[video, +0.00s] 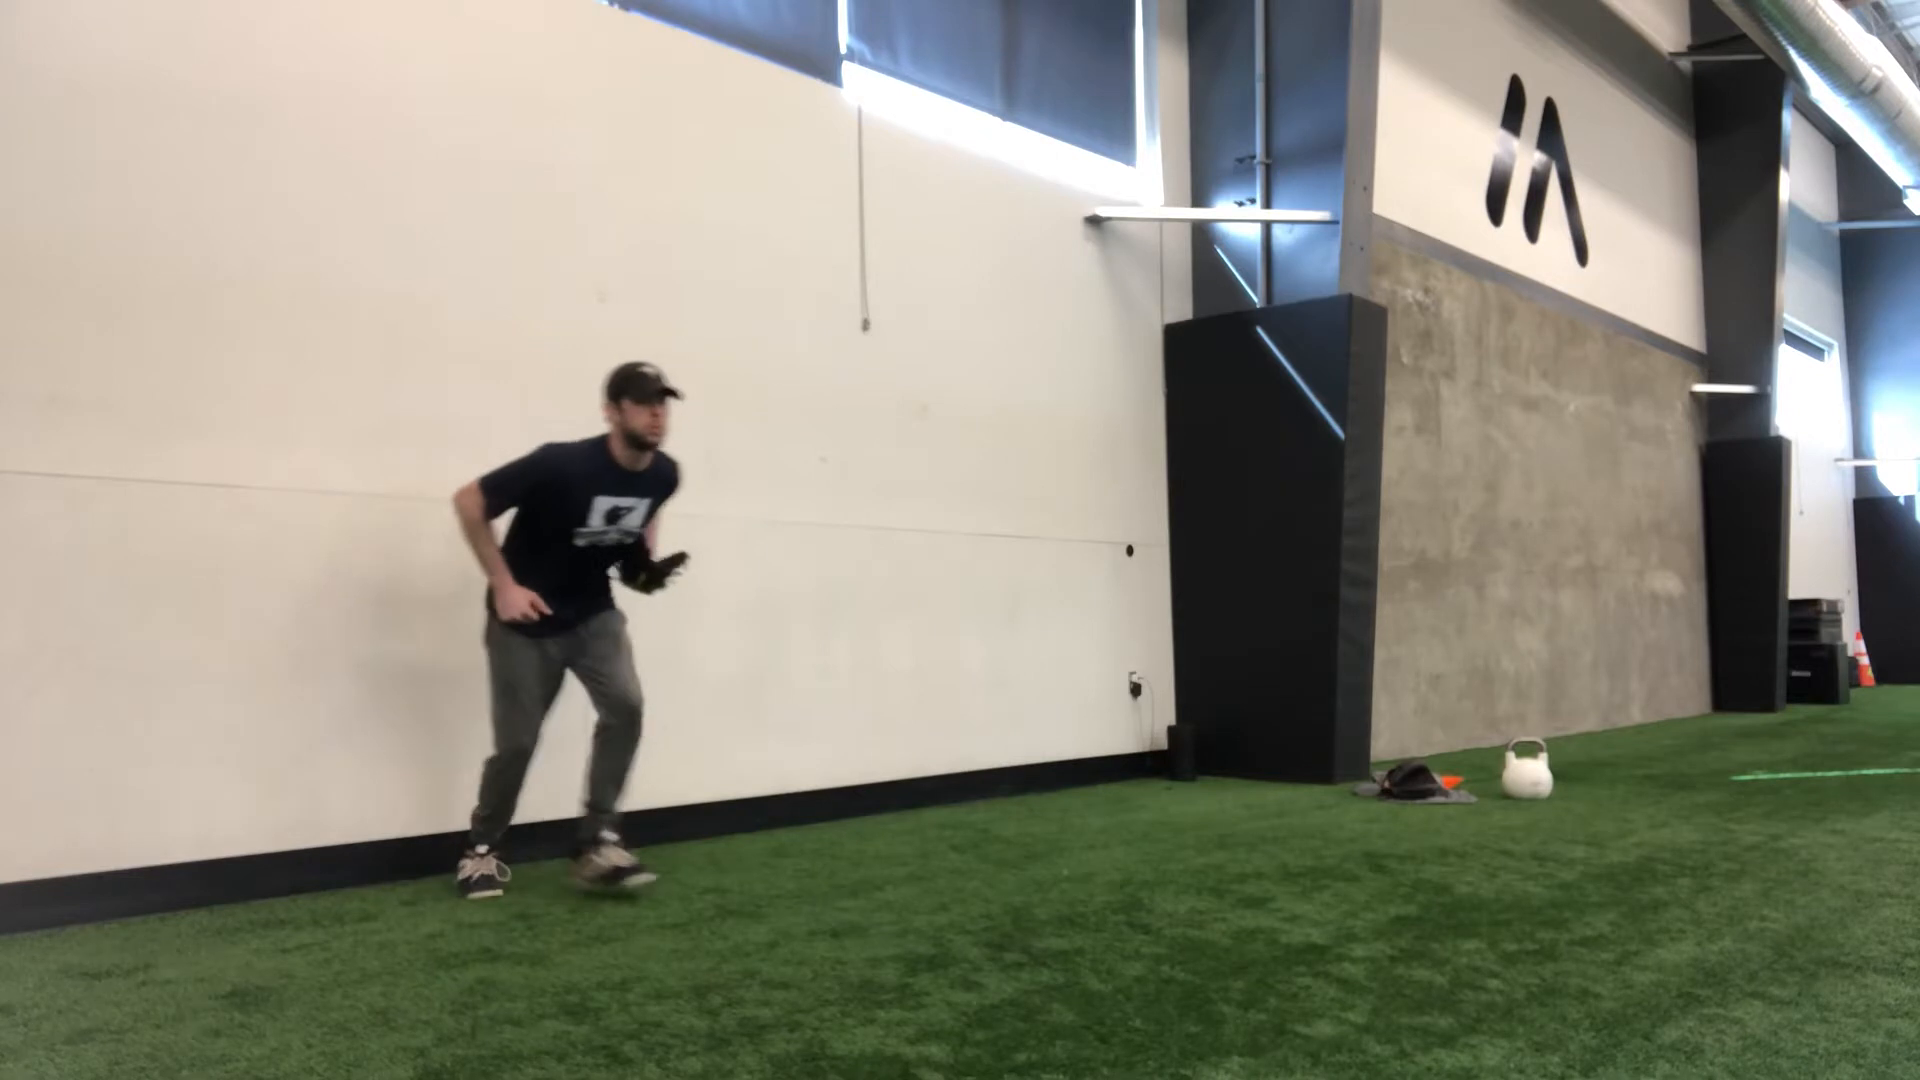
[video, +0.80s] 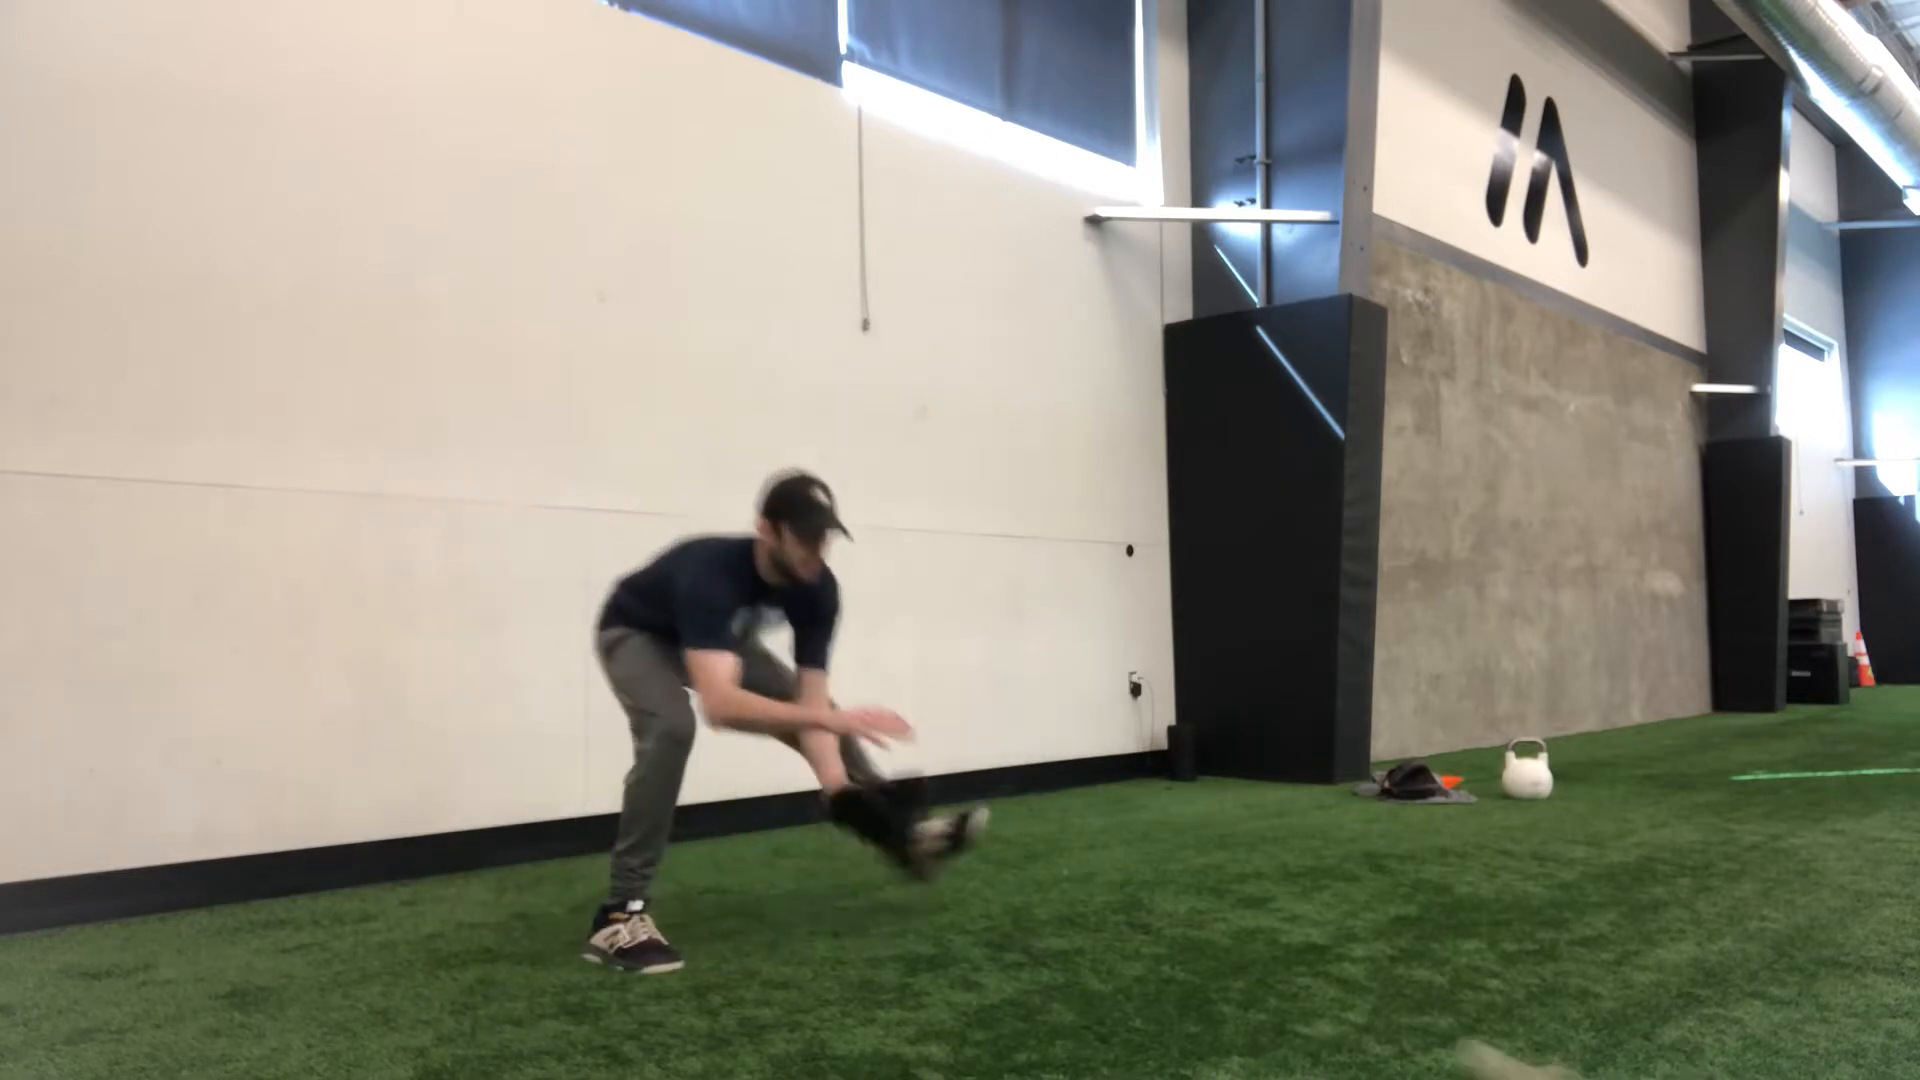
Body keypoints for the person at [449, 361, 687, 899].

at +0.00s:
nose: (657, 415)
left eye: (663, 404)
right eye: (643, 403)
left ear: (668, 411)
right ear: (613, 410)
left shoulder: (662, 475)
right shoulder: (560, 465)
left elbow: (645, 518)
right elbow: (470, 501)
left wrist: (643, 563)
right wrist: (503, 584)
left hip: (591, 613)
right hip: (525, 618)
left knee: (624, 709)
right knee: (516, 743)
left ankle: (598, 842)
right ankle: (482, 852)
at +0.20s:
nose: (704, 428)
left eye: (709, 417)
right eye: (690, 416)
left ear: (714, 424)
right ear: (657, 422)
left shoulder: (707, 500)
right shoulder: (602, 477)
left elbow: (697, 573)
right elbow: (506, 512)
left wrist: (708, 585)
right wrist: (529, 601)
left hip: (626, 622)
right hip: (564, 618)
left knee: (659, 736)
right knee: (597, 728)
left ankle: (625, 866)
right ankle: (527, 826)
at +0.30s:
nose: (723, 424)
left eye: (728, 412)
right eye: (709, 411)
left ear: (733, 418)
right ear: (674, 417)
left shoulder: (724, 498)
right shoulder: (619, 472)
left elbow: (720, 582)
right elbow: (516, 508)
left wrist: (731, 602)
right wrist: (541, 600)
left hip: (635, 612)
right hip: (574, 601)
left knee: (669, 739)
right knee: (617, 700)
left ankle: (623, 861)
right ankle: (581, 870)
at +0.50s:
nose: (752, 453)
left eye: (756, 440)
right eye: (739, 441)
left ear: (757, 441)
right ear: (701, 441)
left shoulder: (752, 512)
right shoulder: (647, 502)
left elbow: (762, 601)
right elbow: (541, 578)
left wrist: (771, 647)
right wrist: (611, 649)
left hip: (660, 631)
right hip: (596, 631)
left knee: (740, 700)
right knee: (653, 732)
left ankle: (603, 775)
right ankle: (622, 915)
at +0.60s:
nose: (768, 483)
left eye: (773, 470)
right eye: (756, 470)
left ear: (776, 468)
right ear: (716, 468)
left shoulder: (773, 530)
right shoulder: (662, 526)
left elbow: (782, 630)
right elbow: (594, 634)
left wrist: (792, 678)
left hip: (676, 634)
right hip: (607, 636)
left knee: (770, 680)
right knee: (668, 732)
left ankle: (628, 775)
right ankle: (622, 914)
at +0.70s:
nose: (788, 513)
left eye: (794, 500)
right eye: (776, 500)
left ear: (800, 496)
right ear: (737, 496)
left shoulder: (790, 553)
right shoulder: (681, 549)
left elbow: (798, 655)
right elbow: (661, 676)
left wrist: (810, 728)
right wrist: (778, 698)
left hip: (692, 628)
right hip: (617, 634)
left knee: (792, 674)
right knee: (671, 733)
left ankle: (781, 812)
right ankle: (621, 913)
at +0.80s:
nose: (817, 556)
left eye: (823, 542)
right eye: (805, 542)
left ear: (829, 535)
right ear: (767, 531)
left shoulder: (816, 590)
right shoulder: (708, 573)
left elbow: (812, 704)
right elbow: (720, 704)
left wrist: (835, 786)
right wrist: (832, 719)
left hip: (719, 639)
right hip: (638, 633)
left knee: (818, 720)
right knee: (669, 730)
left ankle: (904, 837)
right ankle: (622, 913)